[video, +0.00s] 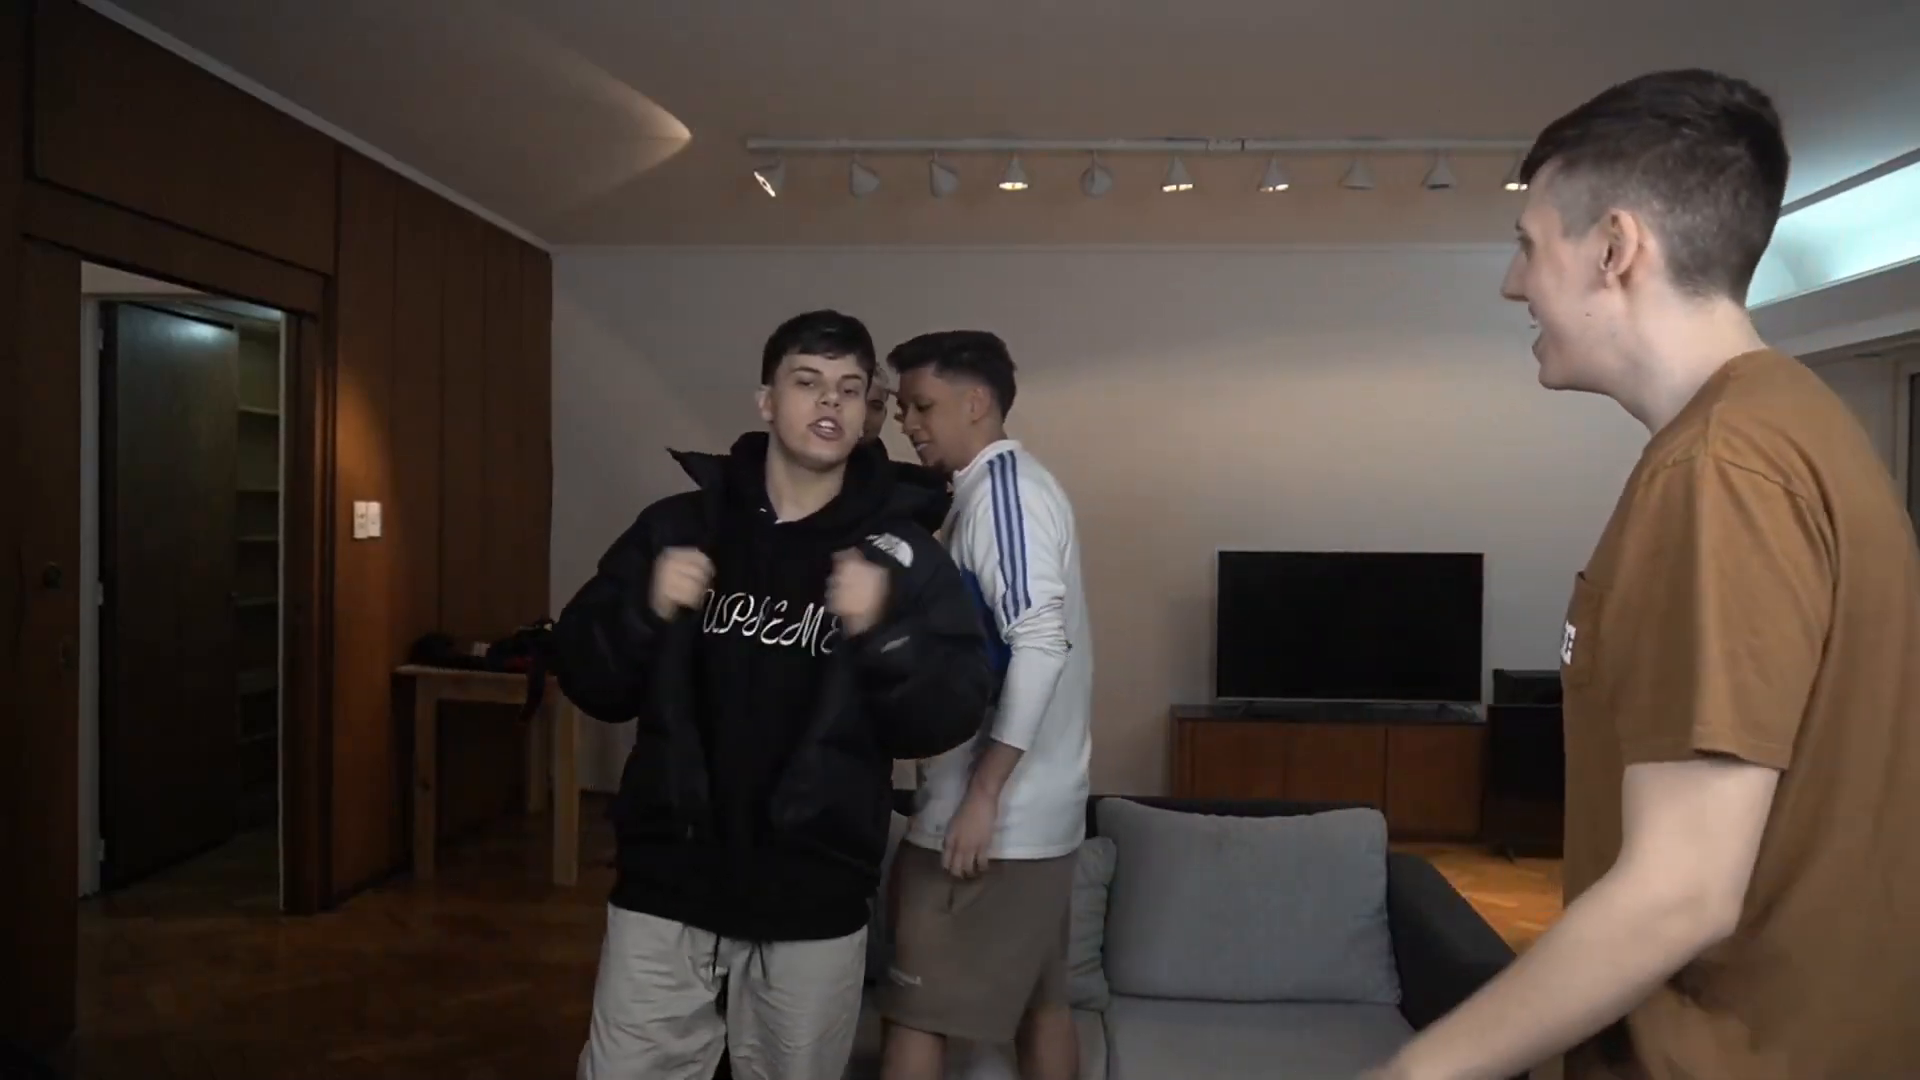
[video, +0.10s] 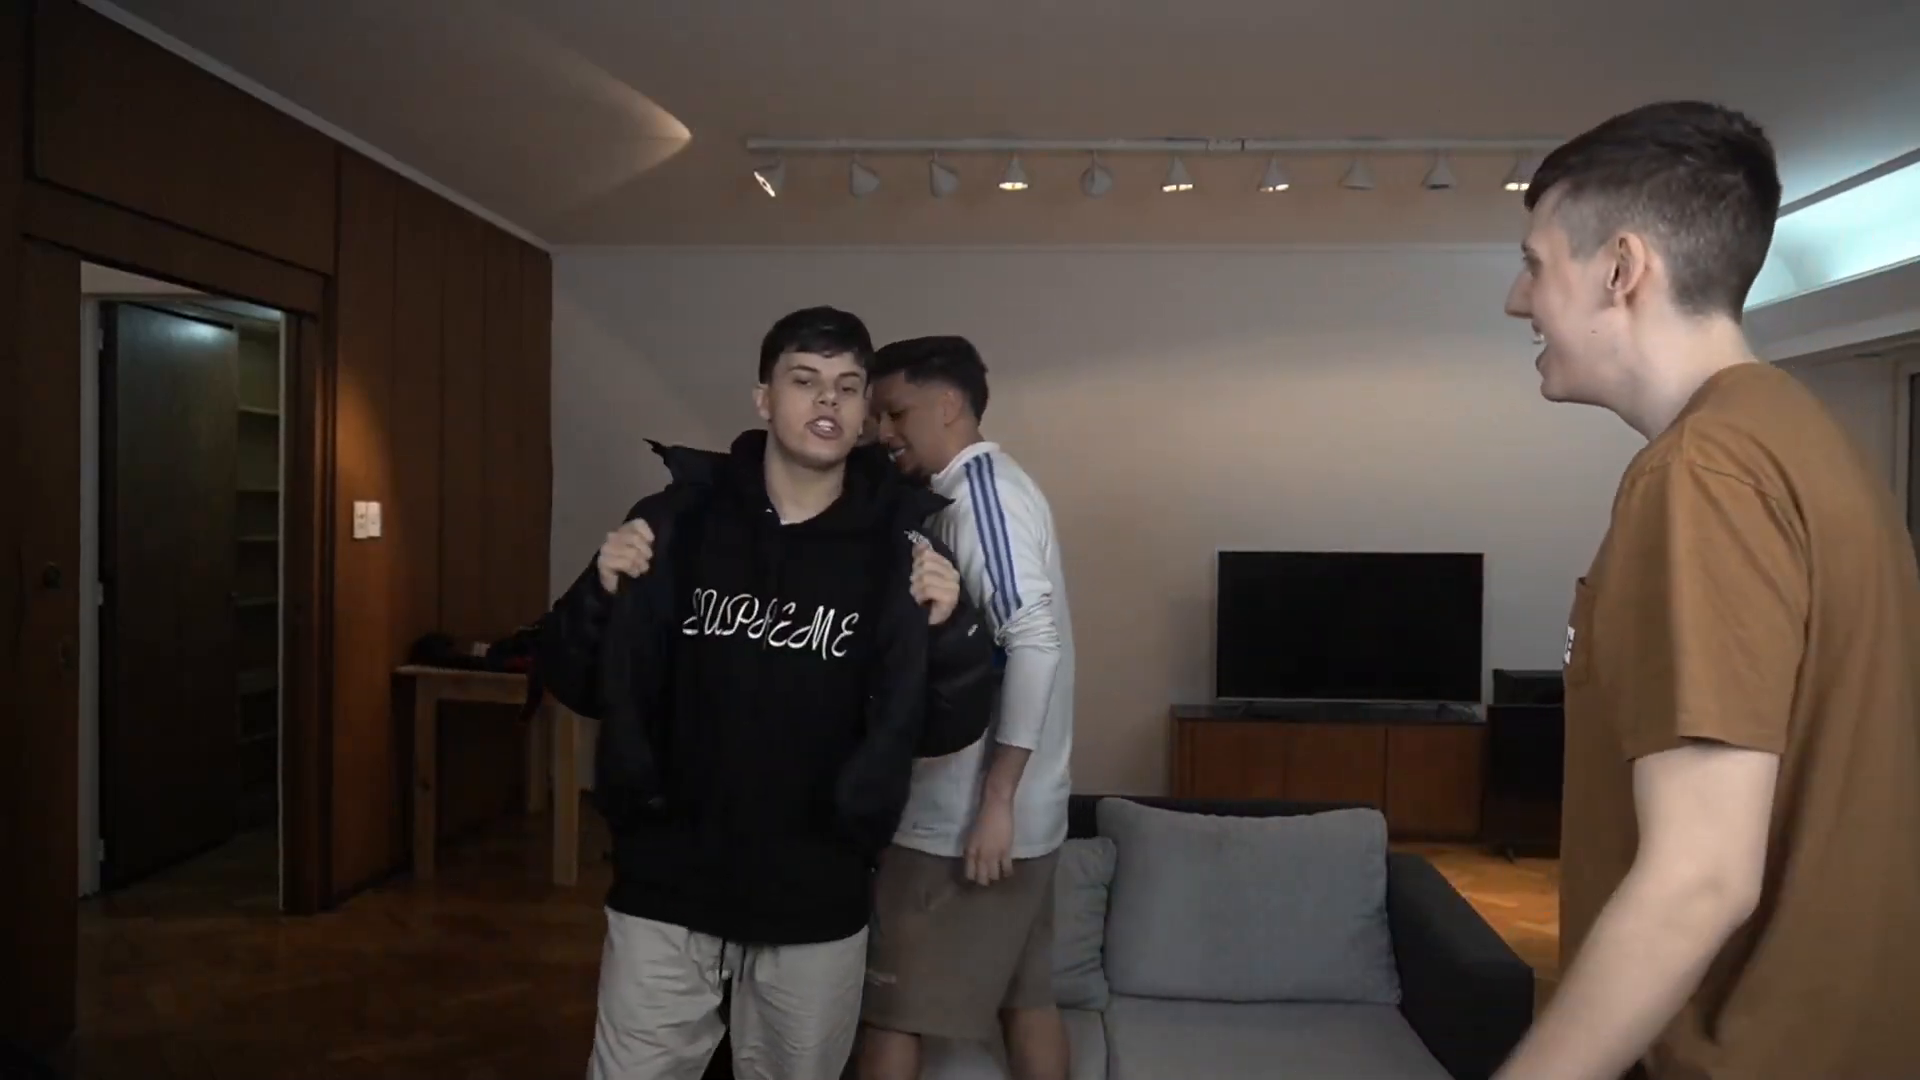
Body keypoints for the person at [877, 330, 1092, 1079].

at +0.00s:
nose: (907, 422)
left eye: (920, 407)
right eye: (905, 408)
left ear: (981, 405)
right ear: (971, 409)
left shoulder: (1005, 489)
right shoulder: (999, 485)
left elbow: (1041, 637)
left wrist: (984, 794)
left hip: (980, 813)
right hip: (1031, 811)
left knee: (916, 1016)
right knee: (1043, 1007)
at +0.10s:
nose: (882, 433)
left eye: (894, 414)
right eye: (878, 417)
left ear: (952, 407)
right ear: (948, 413)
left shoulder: (983, 491)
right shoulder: (964, 487)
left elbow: (1034, 640)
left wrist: (998, 800)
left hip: (954, 821)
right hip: (1015, 817)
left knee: (890, 1019)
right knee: (1030, 1006)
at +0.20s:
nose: (861, 437)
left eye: (871, 420)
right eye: (860, 421)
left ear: (921, 413)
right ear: (925, 416)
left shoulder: (959, 489)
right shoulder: (939, 489)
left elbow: (1017, 643)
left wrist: (1001, 801)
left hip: (951, 816)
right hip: (981, 809)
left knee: (880, 1029)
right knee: (1016, 1007)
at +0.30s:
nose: (836, 418)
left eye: (848, 401)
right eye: (838, 401)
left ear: (892, 406)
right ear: (899, 410)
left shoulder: (930, 485)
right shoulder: (919, 482)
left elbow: (982, 643)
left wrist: (982, 803)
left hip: (935, 806)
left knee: (871, 1027)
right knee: (987, 997)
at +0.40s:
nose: (808, 411)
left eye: (821, 393)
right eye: (809, 392)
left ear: (864, 398)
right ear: (868, 401)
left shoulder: (905, 477)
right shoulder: (868, 479)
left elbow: (954, 640)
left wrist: (948, 796)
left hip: (910, 807)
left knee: (865, 1033)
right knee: (943, 1008)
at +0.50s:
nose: (781, 412)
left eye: (793, 394)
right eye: (782, 395)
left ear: (838, 399)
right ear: (846, 401)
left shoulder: (880, 480)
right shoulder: (846, 482)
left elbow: (924, 644)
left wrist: (899, 810)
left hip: (894, 808)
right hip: (872, 800)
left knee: (862, 1037)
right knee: (891, 1027)